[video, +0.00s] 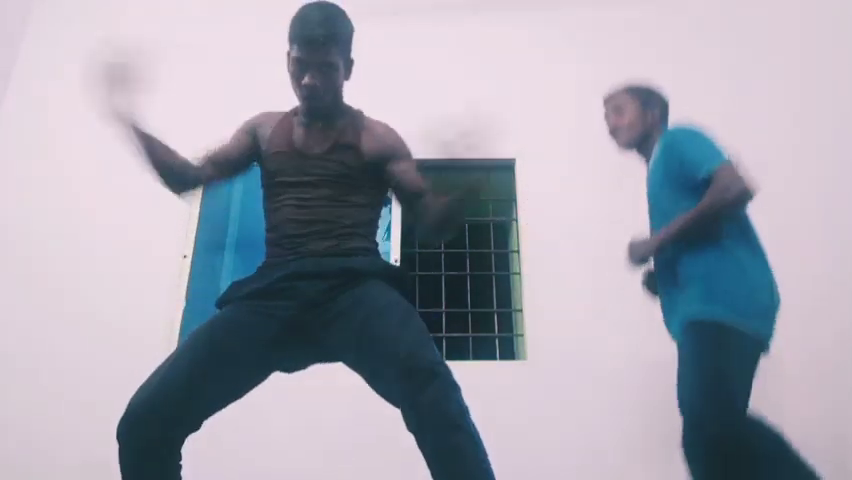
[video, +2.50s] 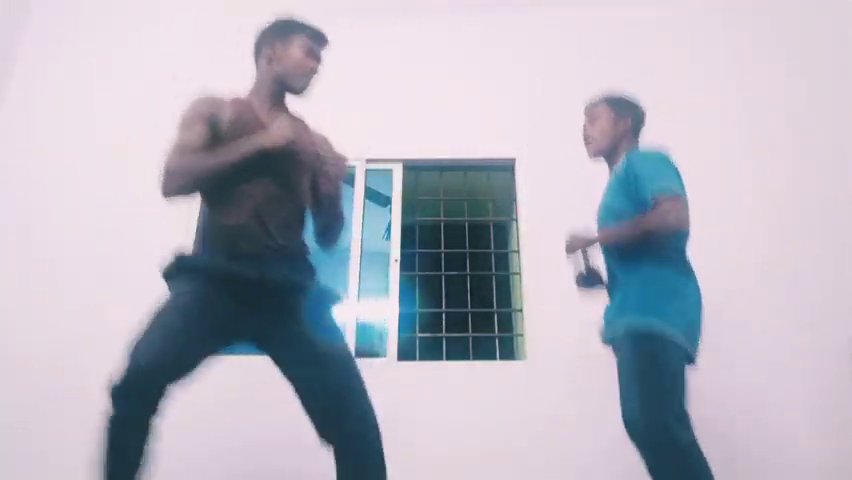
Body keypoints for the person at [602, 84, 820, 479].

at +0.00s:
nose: (611, 122)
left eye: (619, 111)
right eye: (607, 116)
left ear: (652, 111)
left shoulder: (678, 140)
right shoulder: (662, 170)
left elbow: (733, 186)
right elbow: (709, 235)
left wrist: (657, 241)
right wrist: (665, 272)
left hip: (723, 301)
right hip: (703, 309)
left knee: (710, 428)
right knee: (714, 429)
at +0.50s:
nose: (629, 91)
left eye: (638, 80)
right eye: (625, 85)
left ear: (673, 79)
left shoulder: (701, 106)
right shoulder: (677, 145)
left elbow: (757, 152)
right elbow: (727, 214)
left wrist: (670, 203)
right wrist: (683, 251)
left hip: (737, 276)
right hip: (704, 293)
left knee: (769, 390)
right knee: (715, 428)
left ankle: (830, 474)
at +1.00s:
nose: (624, 102)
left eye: (634, 92)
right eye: (621, 97)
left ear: (668, 96)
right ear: (621, 107)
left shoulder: (702, 129)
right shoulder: (642, 177)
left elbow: (766, 181)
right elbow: (683, 238)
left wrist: (684, 203)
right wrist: (650, 250)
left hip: (718, 296)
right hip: (673, 312)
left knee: (733, 424)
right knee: (702, 436)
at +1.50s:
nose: (558, 117)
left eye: (567, 107)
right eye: (558, 110)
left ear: (597, 111)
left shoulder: (621, 144)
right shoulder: (594, 173)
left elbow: (657, 194)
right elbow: (627, 249)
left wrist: (579, 222)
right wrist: (587, 276)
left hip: (640, 306)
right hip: (610, 318)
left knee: (679, 416)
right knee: (611, 443)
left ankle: (741, 475)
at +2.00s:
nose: (554, 118)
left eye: (562, 108)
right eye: (553, 111)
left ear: (593, 110)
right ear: (584, 114)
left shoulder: (633, 151)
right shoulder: (578, 188)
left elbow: (674, 207)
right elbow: (599, 261)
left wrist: (592, 241)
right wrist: (561, 266)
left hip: (632, 325)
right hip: (585, 329)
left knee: (631, 438)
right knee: (573, 447)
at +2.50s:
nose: (584, 130)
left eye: (593, 120)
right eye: (585, 123)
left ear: (623, 123)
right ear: (614, 126)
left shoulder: (647, 160)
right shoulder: (619, 183)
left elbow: (673, 214)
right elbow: (644, 267)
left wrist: (595, 238)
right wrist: (602, 278)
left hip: (655, 309)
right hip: (632, 314)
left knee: (656, 423)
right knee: (645, 423)